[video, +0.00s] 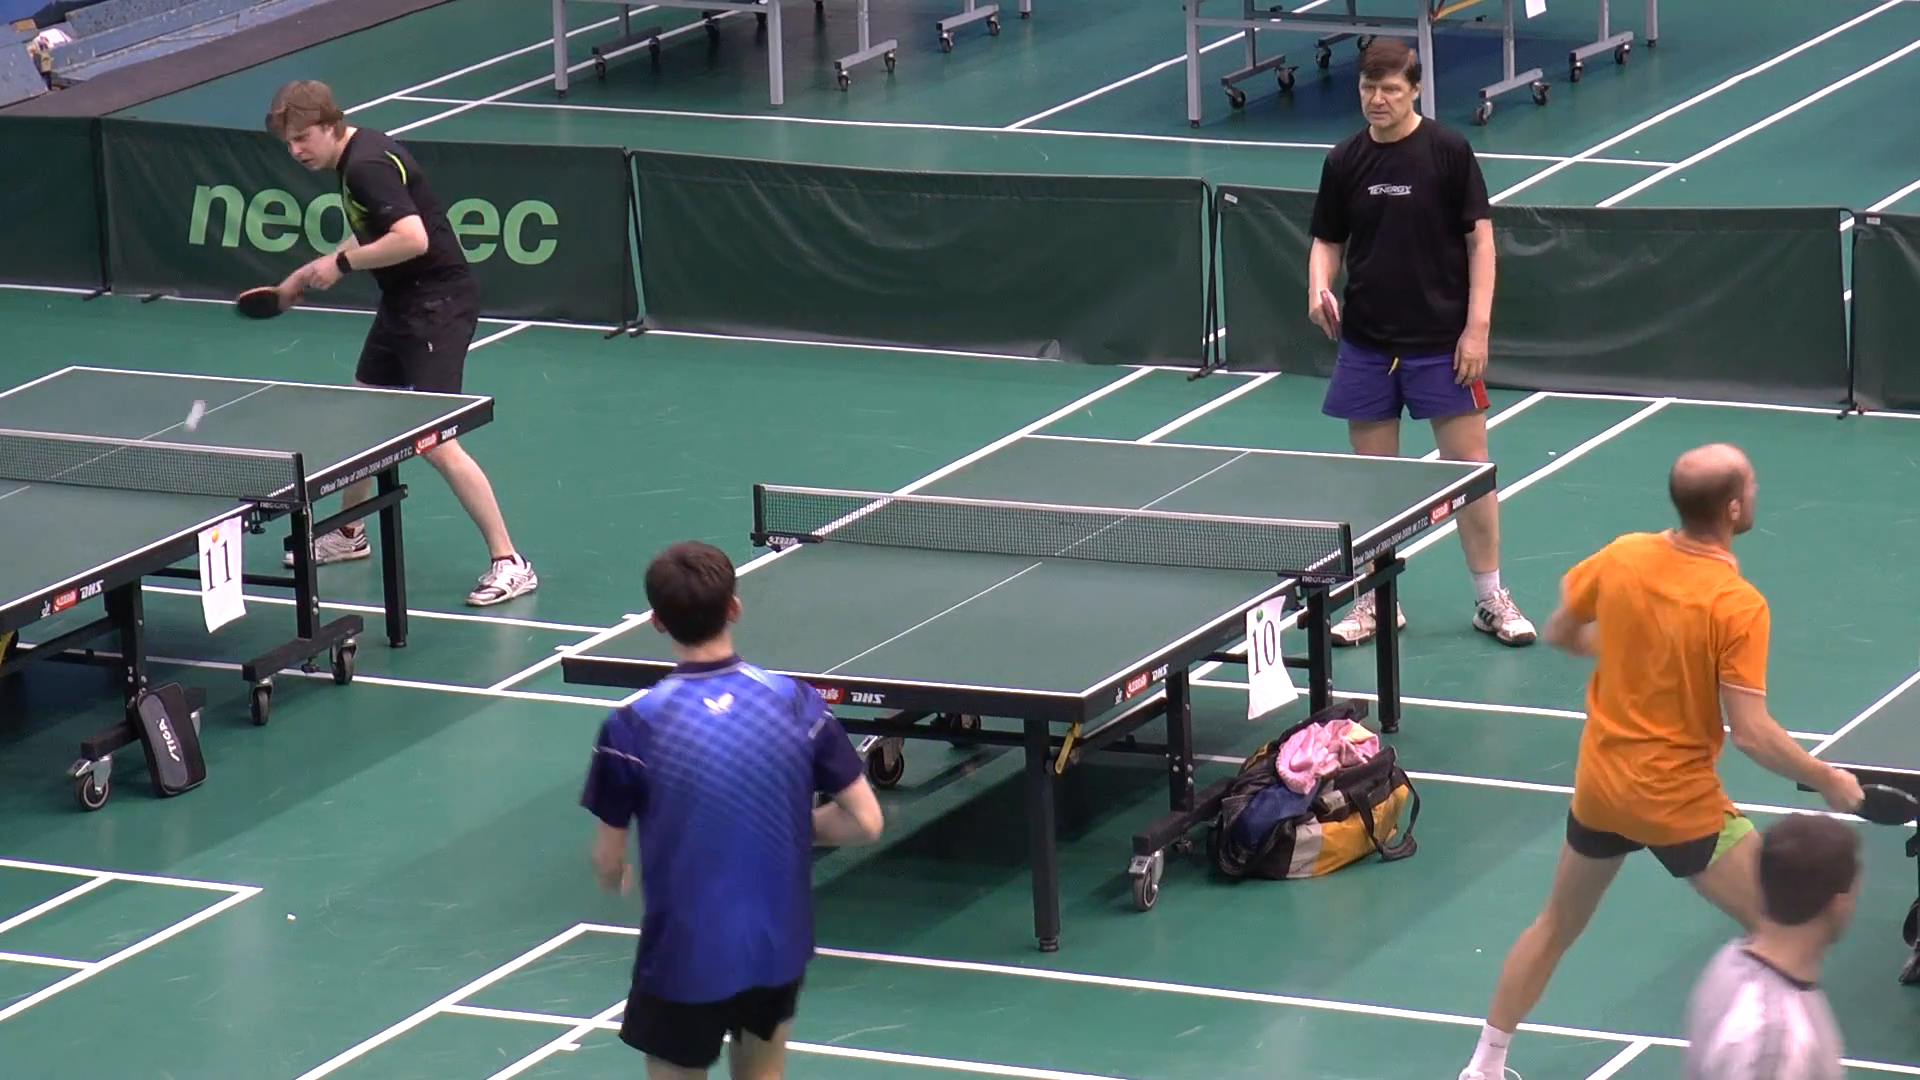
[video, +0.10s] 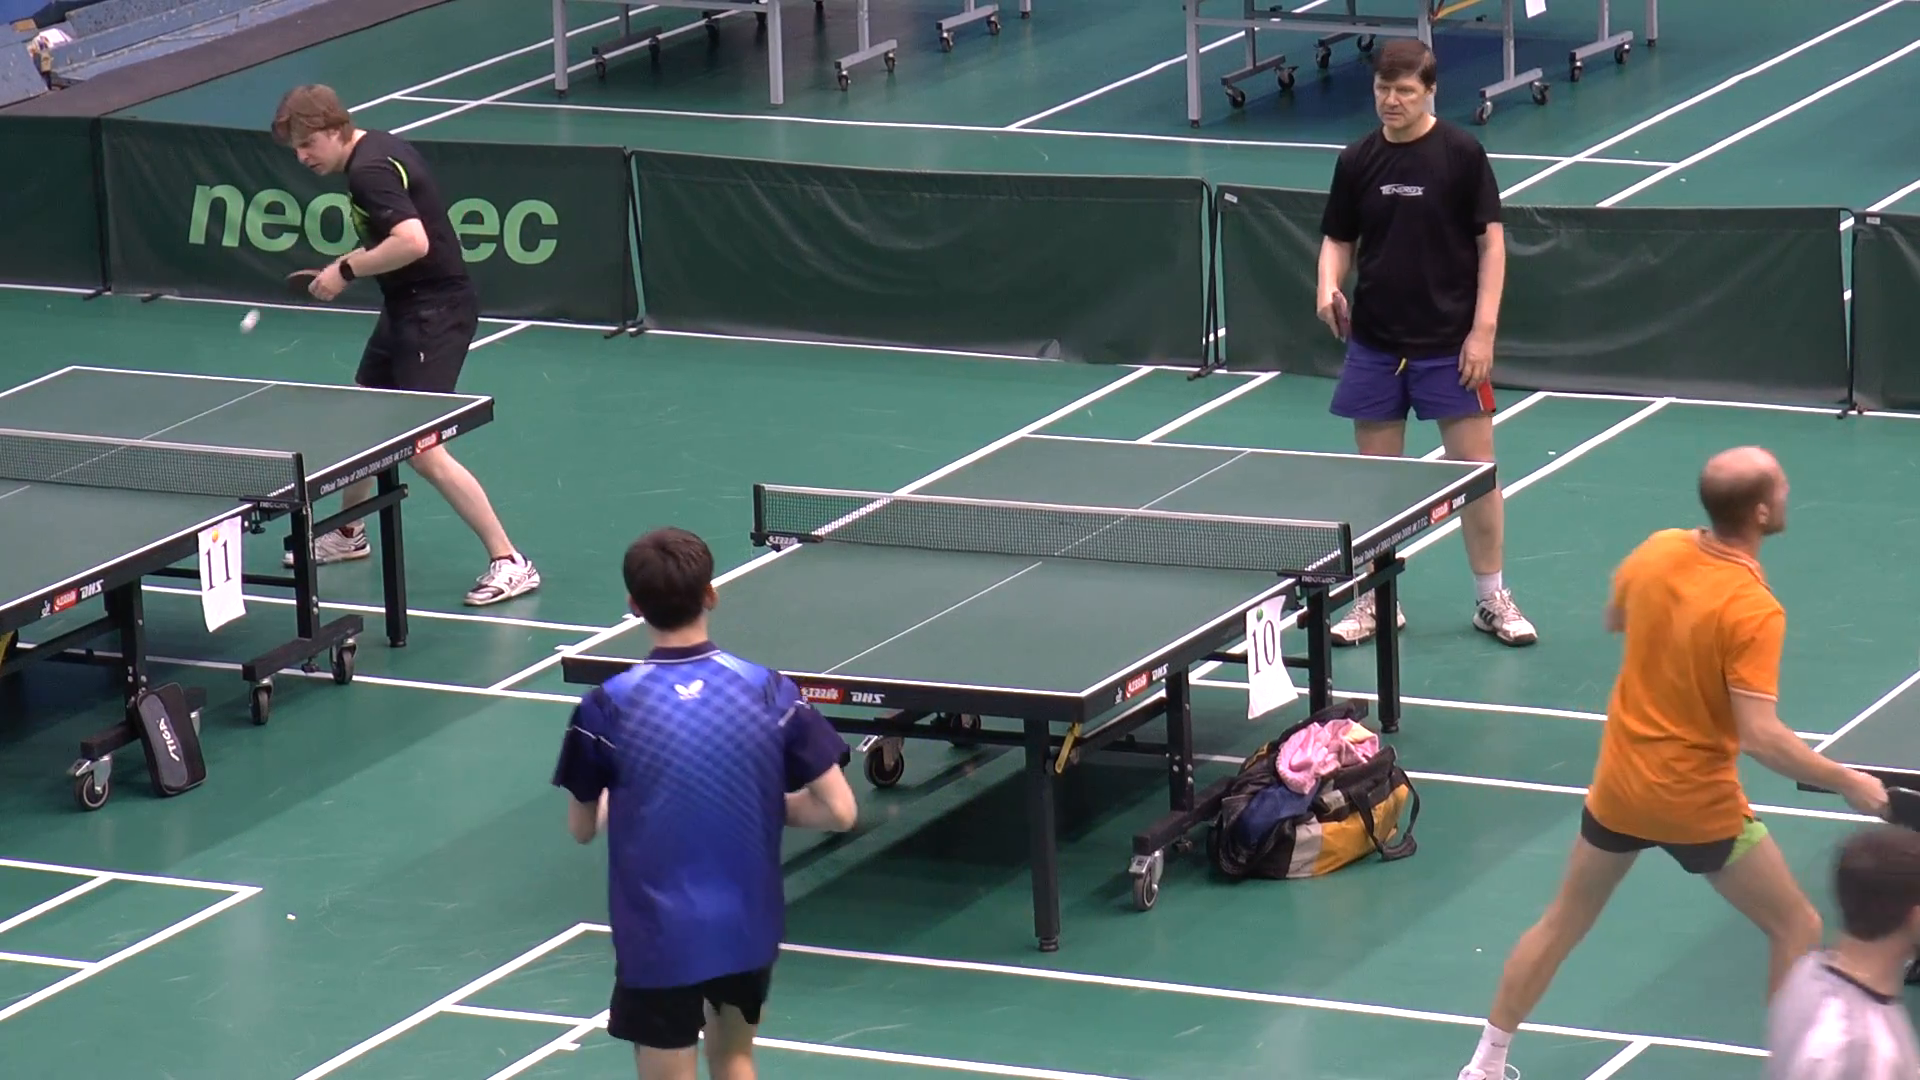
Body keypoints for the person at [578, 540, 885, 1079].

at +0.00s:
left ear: (658, 623)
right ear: (735, 607)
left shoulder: (635, 723)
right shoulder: (798, 702)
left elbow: (608, 859)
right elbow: (866, 821)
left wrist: (614, 877)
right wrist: (787, 818)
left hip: (687, 961)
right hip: (779, 952)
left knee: (675, 1069)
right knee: (763, 1063)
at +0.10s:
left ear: (635, 607)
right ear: (712, 594)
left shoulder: (608, 704)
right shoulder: (770, 690)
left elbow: (583, 826)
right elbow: (840, 812)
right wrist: (758, 798)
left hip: (659, 942)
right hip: (749, 931)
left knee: (668, 1072)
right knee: (735, 1056)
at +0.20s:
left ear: (616, 600)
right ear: (694, 590)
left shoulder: (586, 698)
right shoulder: (747, 686)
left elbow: (563, 809)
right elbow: (818, 805)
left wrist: (600, 763)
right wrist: (742, 781)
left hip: (640, 942)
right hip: (728, 930)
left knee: (657, 1073)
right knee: (712, 1064)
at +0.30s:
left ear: (604, 590)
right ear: (680, 583)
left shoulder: (574, 682)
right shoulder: (729, 680)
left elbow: (552, 799)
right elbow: (801, 799)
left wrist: (587, 754)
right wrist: (756, 772)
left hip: (620, 918)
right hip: (705, 912)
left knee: (635, 1069)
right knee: (687, 1042)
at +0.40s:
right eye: (675, 557)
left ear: (595, 570)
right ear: (670, 566)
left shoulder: (560, 664)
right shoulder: (715, 663)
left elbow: (536, 788)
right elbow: (786, 770)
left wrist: (571, 748)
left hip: (602, 900)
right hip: (688, 895)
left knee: (600, 1053)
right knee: (671, 1027)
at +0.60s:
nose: (648, 515)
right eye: (647, 507)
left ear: (571, 523)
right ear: (645, 519)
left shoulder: (537, 617)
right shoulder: (689, 608)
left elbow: (506, 755)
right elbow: (762, 693)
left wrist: (517, 809)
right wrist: (756, 665)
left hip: (575, 853)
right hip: (667, 851)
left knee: (565, 978)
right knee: (661, 1004)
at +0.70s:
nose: (634, 502)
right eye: (632, 495)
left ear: (558, 513)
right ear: (630, 506)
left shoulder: (525, 608)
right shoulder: (677, 596)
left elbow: (499, 747)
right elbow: (751, 685)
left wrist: (494, 835)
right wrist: (749, 709)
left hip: (566, 839)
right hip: (659, 837)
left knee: (556, 971)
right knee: (660, 998)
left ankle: (563, 1076)